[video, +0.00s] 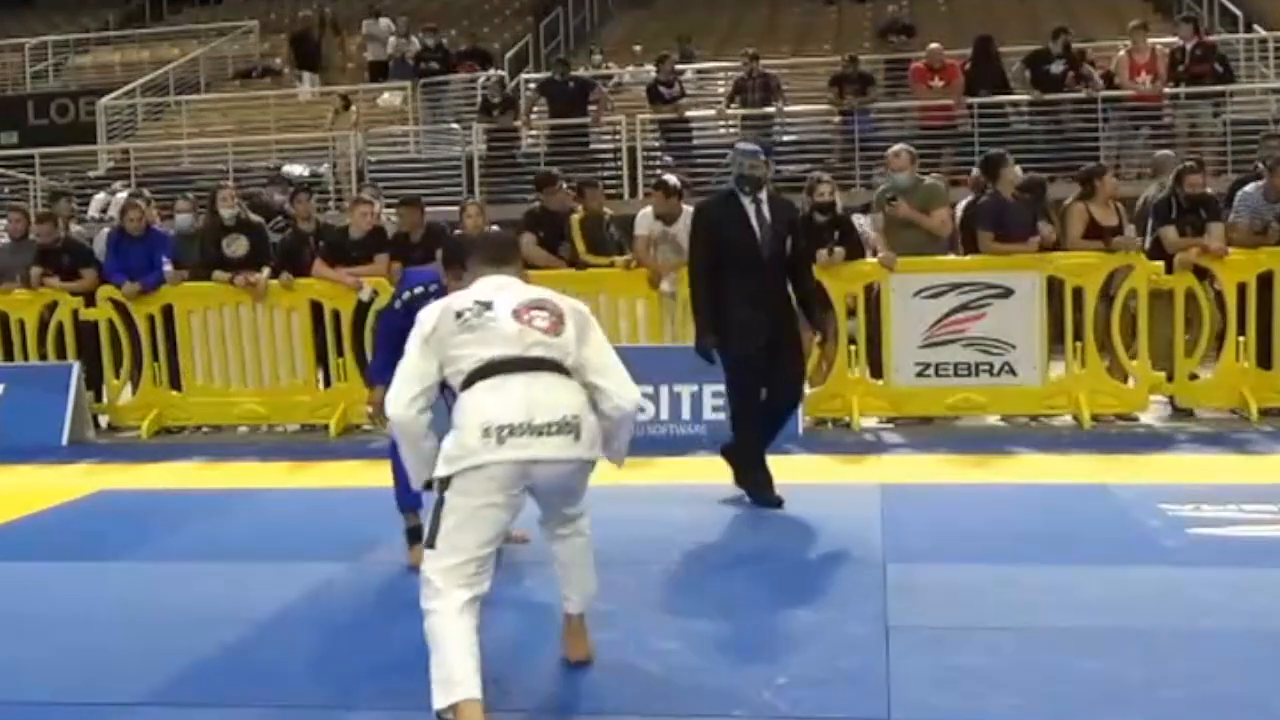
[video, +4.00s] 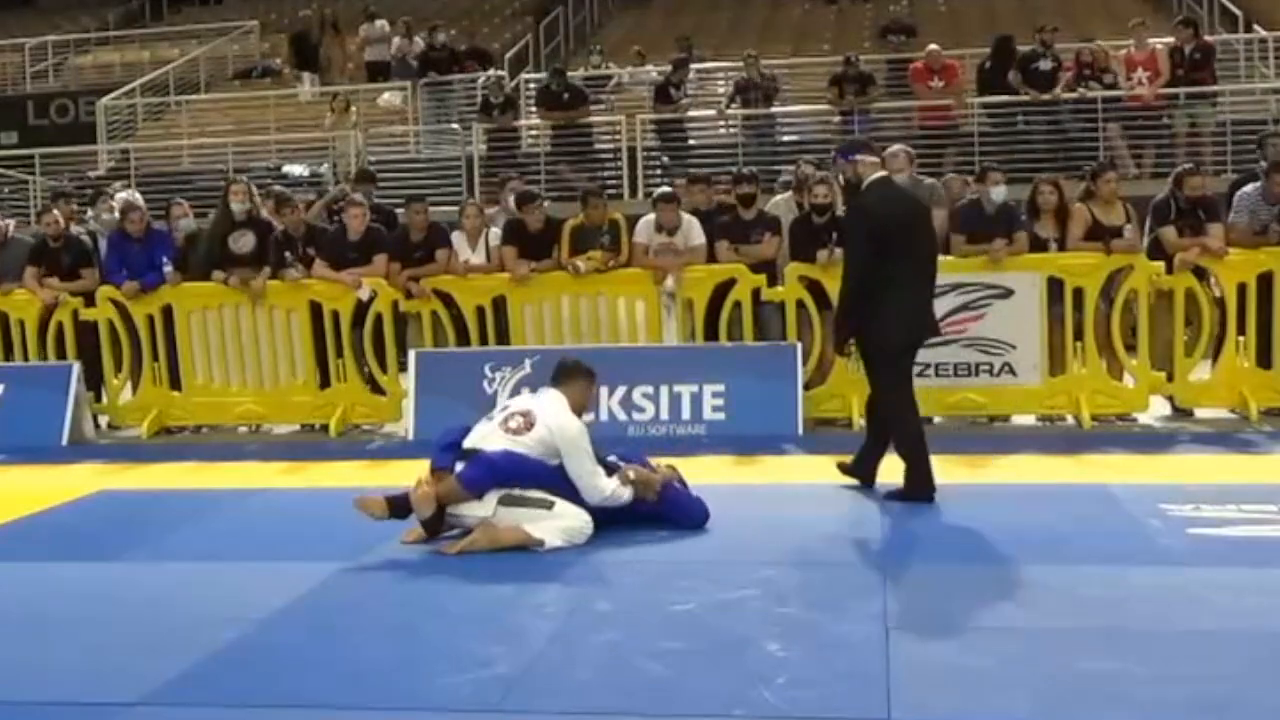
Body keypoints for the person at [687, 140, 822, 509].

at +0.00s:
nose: (751, 172)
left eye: (757, 165)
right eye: (745, 164)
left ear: (768, 169)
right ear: (733, 167)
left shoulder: (785, 210)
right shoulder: (710, 213)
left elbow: (800, 268)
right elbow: (700, 274)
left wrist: (817, 311)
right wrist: (704, 328)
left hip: (778, 315)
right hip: (735, 318)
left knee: (788, 393)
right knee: (745, 399)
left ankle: (742, 451)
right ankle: (759, 486)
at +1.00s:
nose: (874, 166)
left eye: (882, 158)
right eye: (870, 160)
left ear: (908, 160)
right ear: (867, 166)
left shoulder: (944, 203)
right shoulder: (856, 211)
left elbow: (964, 260)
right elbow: (842, 278)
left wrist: (980, 311)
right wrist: (841, 336)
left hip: (934, 321)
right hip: (884, 323)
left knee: (919, 412)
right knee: (911, 413)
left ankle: (881, 486)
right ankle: (935, 511)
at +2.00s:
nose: (993, 154)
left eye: (998, 146)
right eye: (992, 146)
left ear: (1023, 145)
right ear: (1015, 147)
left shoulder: (1065, 197)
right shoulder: (1000, 195)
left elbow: (1079, 273)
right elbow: (986, 267)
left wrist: (1076, 336)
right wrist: (967, 317)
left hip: (1041, 332)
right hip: (990, 330)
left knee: (1050, 426)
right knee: (984, 420)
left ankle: (1053, 513)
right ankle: (987, 497)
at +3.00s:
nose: (951, 162)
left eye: (953, 154)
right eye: (951, 154)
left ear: (968, 151)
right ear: (989, 151)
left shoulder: (978, 198)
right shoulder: (1017, 195)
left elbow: (971, 269)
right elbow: (1008, 269)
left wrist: (950, 320)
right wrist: (957, 314)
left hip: (971, 322)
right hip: (1006, 320)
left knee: (946, 402)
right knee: (1007, 403)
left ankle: (954, 494)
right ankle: (1016, 493)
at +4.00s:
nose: (841, 176)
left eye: (842, 170)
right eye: (841, 170)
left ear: (854, 166)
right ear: (877, 163)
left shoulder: (862, 207)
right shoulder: (913, 202)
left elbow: (855, 273)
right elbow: (928, 261)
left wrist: (842, 327)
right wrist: (924, 310)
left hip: (879, 317)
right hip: (913, 313)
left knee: (896, 397)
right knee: (885, 393)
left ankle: (919, 482)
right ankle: (865, 464)